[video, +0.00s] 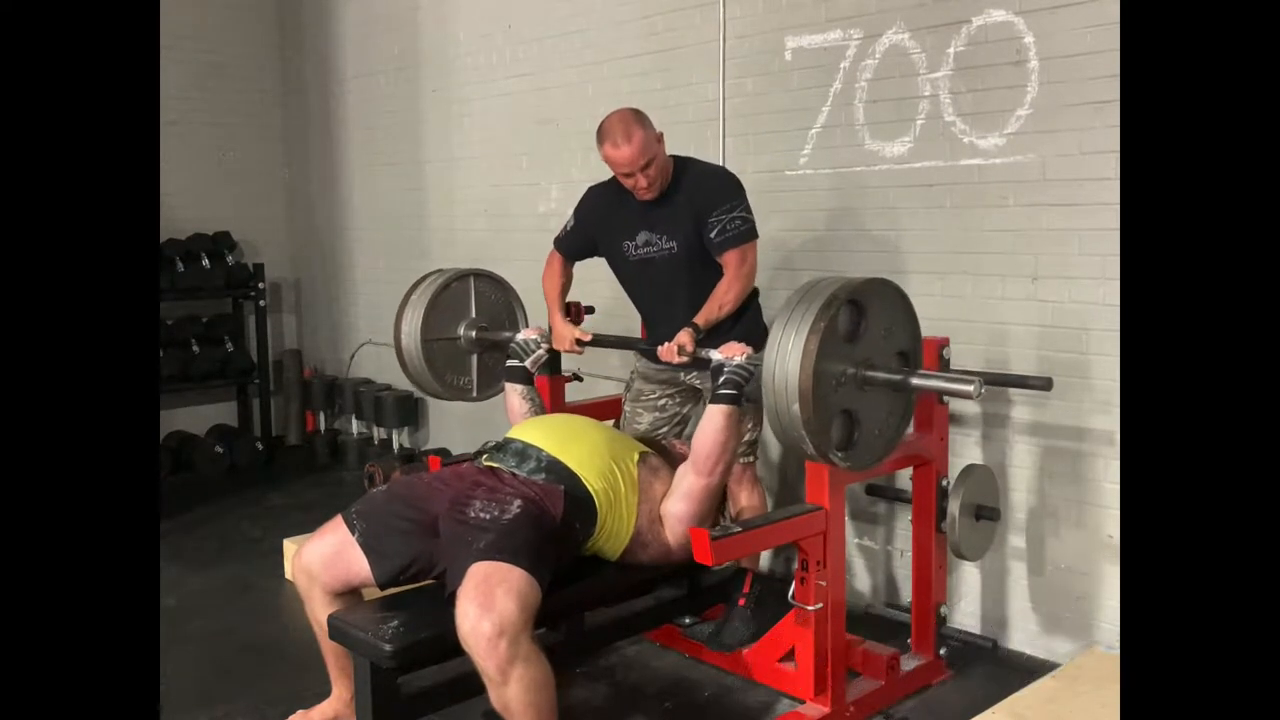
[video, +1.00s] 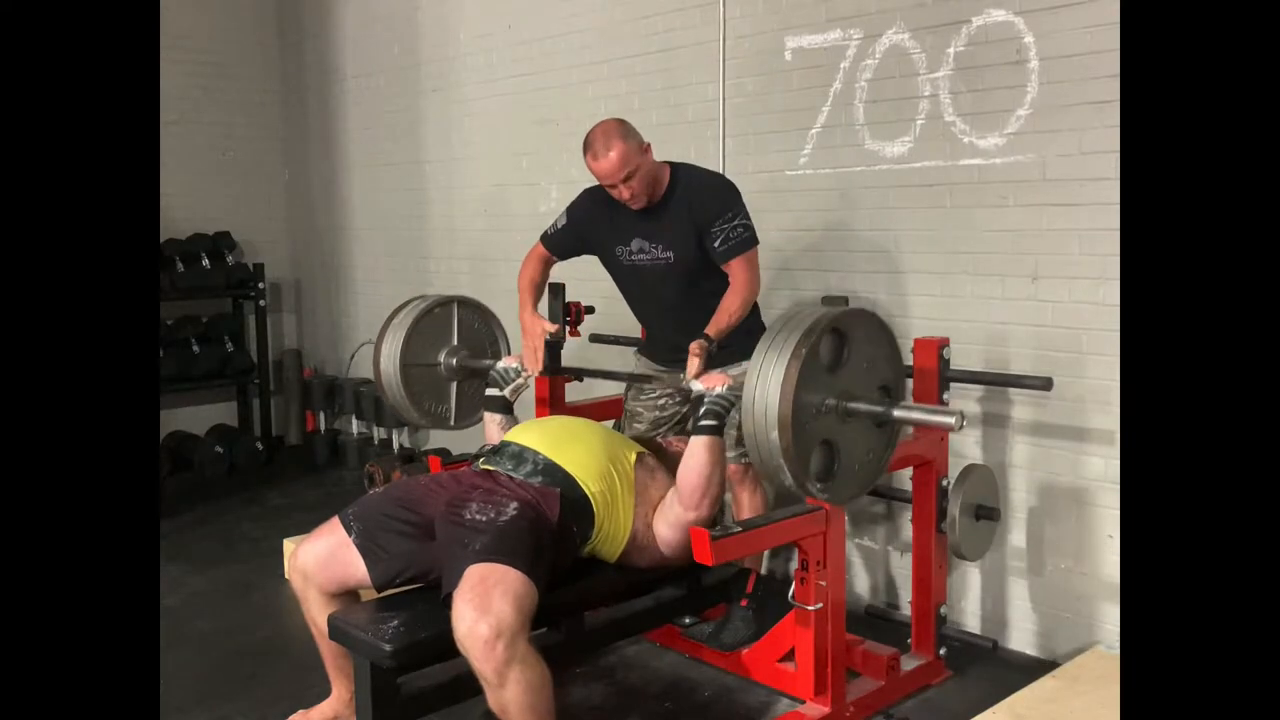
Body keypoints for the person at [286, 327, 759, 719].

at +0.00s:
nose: (680, 434)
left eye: (693, 441)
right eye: (677, 430)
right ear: (661, 438)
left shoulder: (668, 522)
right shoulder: (586, 446)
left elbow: (707, 464)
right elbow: (521, 443)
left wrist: (728, 386)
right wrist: (519, 372)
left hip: (529, 499)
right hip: (455, 476)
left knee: (489, 625)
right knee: (313, 563)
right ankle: (344, 696)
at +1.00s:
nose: (682, 444)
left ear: (682, 447)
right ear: (662, 437)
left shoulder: (662, 500)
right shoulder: (571, 440)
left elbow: (697, 502)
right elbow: (496, 464)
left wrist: (712, 416)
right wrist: (497, 399)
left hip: (520, 503)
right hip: (453, 484)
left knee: (485, 629)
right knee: (307, 561)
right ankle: (343, 698)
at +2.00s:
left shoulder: (672, 504)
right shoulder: (582, 440)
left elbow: (710, 543)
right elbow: (515, 460)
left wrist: (717, 453)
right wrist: (503, 426)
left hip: (523, 498)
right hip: (463, 474)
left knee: (490, 627)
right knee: (311, 562)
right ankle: (342, 700)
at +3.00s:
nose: (676, 440)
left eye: (688, 443)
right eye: (672, 436)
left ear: (696, 467)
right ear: (652, 443)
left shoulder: (678, 506)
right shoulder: (589, 444)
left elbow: (734, 445)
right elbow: (564, 407)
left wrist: (771, 364)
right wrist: (557, 341)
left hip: (528, 514)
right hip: (465, 485)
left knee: (487, 627)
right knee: (308, 562)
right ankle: (341, 699)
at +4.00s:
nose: (678, 430)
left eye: (693, 433)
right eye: (674, 426)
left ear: (708, 456)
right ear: (660, 433)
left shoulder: (701, 494)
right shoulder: (619, 460)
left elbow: (757, 479)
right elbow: (552, 440)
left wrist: (788, 386)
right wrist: (572, 369)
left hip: (542, 540)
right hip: (471, 513)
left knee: (549, 385)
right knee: (425, 366)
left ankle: (374, 390)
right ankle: (277, 376)